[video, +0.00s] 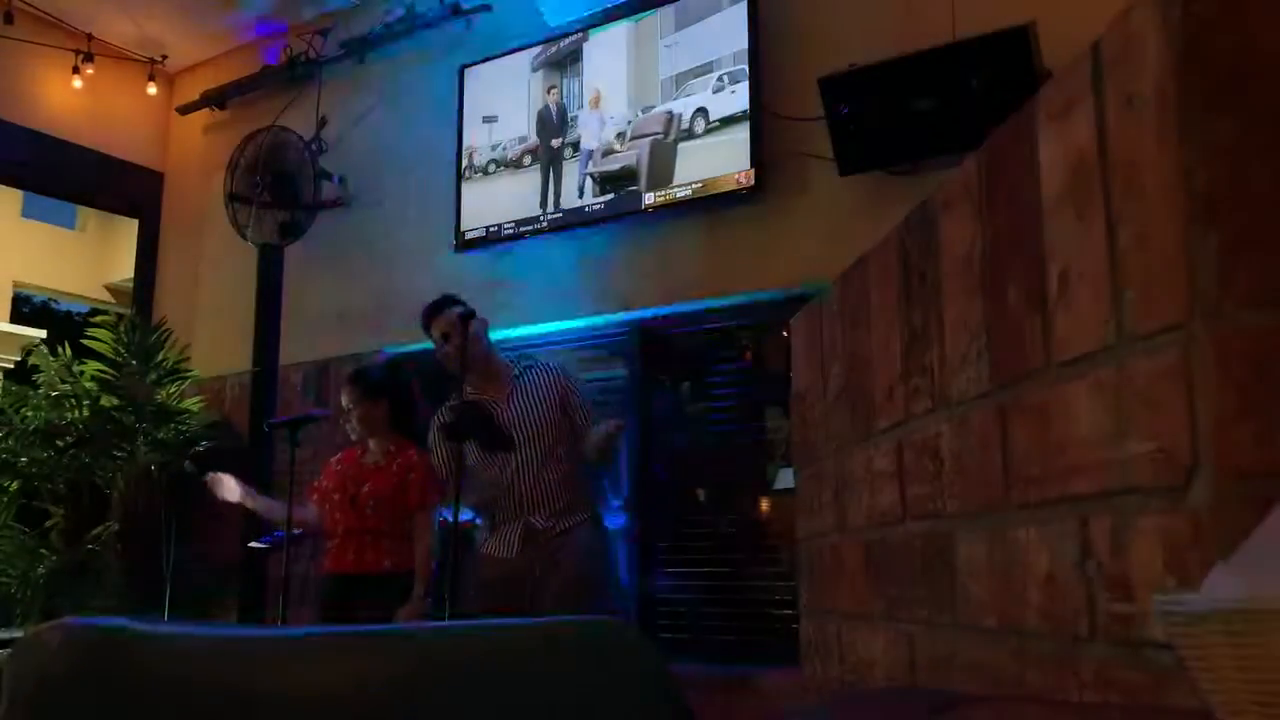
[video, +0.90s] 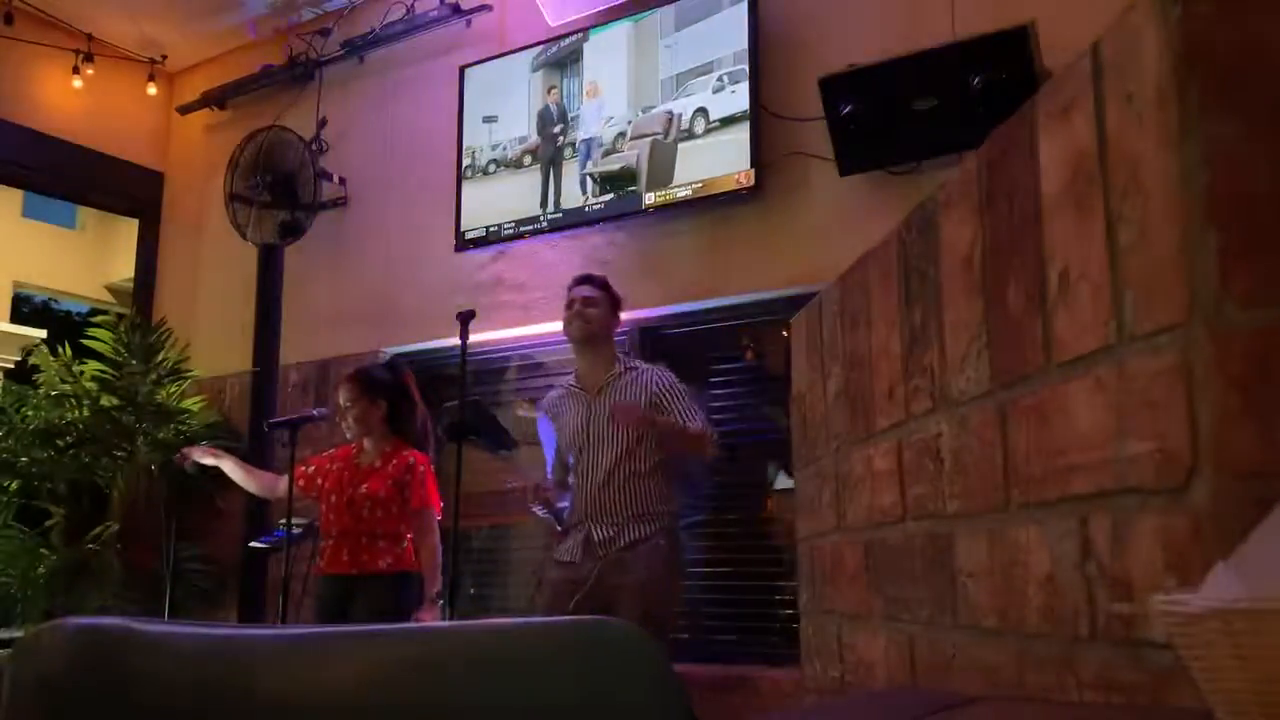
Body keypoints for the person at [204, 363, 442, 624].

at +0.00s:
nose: (345, 418)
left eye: (352, 409)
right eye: (343, 410)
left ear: (380, 406)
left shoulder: (414, 463)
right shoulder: (341, 464)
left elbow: (424, 534)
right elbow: (312, 517)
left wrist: (419, 598)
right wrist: (246, 496)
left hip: (390, 582)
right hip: (339, 582)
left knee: (389, 680)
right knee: (337, 680)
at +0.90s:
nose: (341, 416)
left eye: (349, 406)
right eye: (339, 408)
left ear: (379, 409)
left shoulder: (412, 465)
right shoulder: (335, 462)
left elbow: (428, 536)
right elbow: (275, 487)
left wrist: (431, 600)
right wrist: (219, 459)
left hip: (389, 585)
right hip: (334, 585)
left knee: (383, 679)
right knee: (331, 676)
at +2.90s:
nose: (353, 415)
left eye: (362, 406)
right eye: (352, 406)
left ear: (392, 407)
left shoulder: (416, 463)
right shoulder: (349, 459)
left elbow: (424, 539)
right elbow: (307, 512)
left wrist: (415, 604)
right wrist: (245, 491)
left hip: (386, 587)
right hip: (336, 585)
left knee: (379, 683)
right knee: (327, 680)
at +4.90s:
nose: (354, 414)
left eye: (363, 406)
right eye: (354, 406)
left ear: (393, 406)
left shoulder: (422, 464)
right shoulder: (356, 463)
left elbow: (432, 537)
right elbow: (339, 527)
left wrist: (424, 602)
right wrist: (284, 514)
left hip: (395, 585)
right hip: (347, 583)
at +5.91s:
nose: (343, 417)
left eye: (351, 407)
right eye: (343, 409)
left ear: (380, 408)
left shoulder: (409, 463)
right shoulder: (342, 464)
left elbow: (417, 537)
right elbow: (311, 518)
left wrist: (412, 601)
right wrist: (257, 490)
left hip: (382, 582)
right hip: (334, 581)